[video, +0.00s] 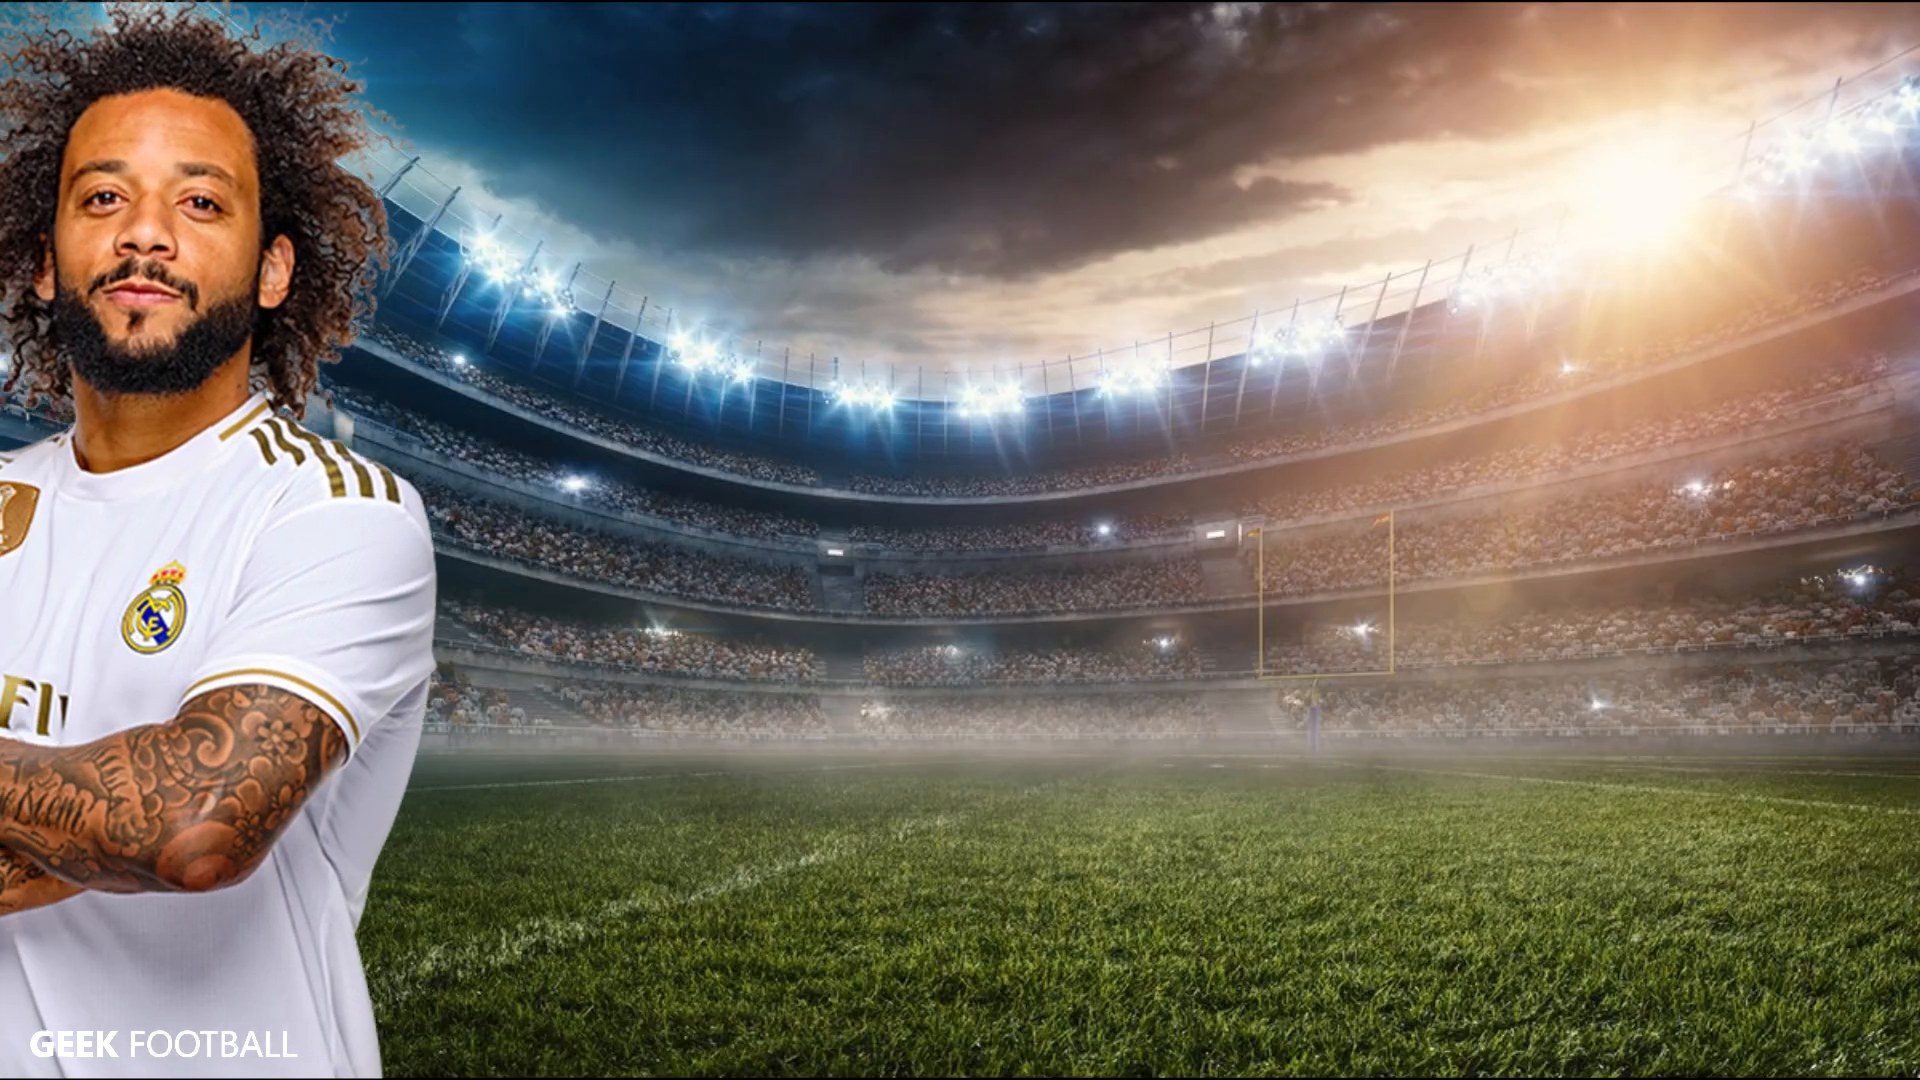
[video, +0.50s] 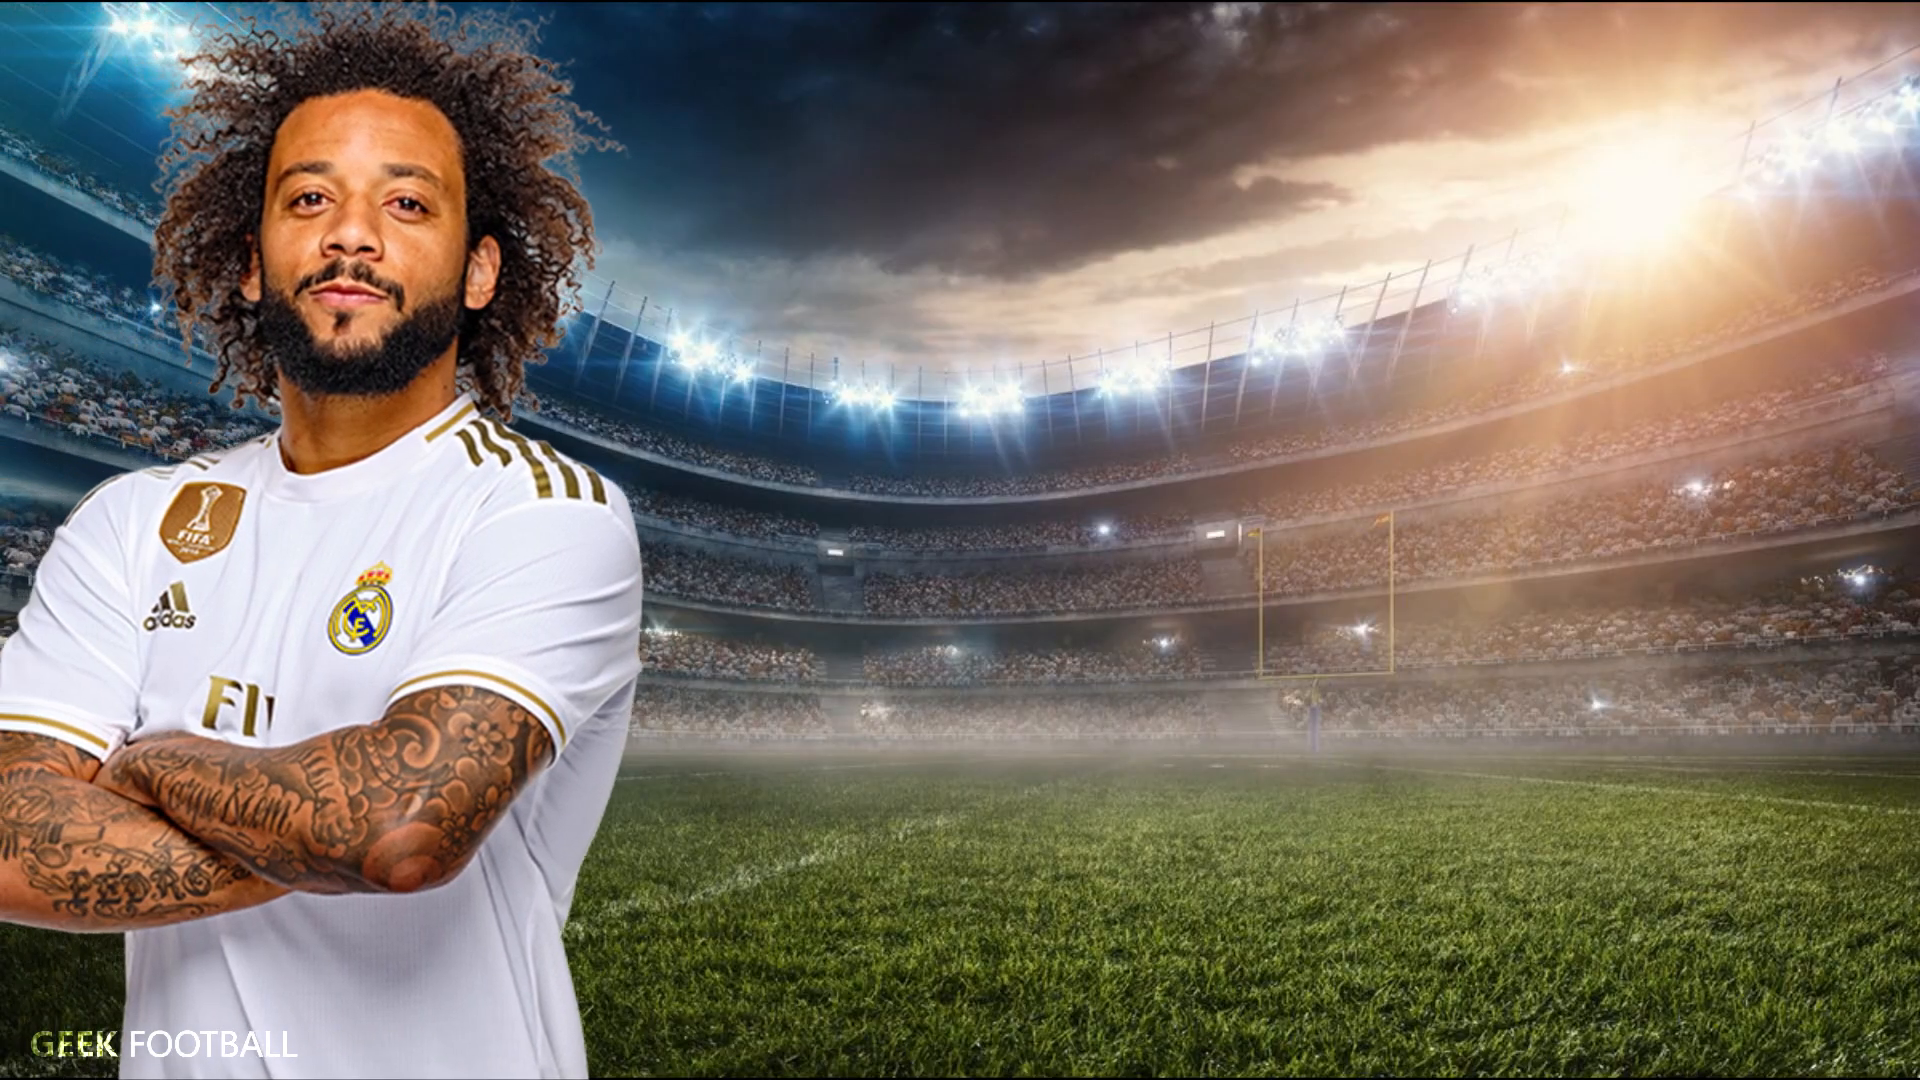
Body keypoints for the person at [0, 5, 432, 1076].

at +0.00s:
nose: (144, 233)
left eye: (199, 200)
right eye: (102, 199)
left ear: (269, 268)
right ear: (50, 260)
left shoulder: (343, 515)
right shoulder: (6, 499)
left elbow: (196, 821)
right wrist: (127, 808)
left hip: (254, 1060)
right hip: (23, 1056)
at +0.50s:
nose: (350, 238)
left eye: (406, 202)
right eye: (308, 200)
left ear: (476, 271)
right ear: (256, 259)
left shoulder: (552, 518)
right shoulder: (130, 521)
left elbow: (403, 824)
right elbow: (15, 853)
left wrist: (147, 761)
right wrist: (322, 829)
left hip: (459, 1064)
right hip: (181, 1063)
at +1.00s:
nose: (399, 238)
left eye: (454, 203)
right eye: (355, 199)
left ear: (522, 273)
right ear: (302, 259)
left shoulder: (598, 518)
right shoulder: (176, 523)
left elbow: (451, 825)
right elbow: (42, 852)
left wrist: (186, 761)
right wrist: (370, 830)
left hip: (507, 1063)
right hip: (226, 1061)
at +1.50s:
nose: (420, 238)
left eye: (476, 204)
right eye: (377, 199)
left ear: (544, 273)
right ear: (323, 259)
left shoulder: (619, 518)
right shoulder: (198, 522)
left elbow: (473, 825)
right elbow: (71, 856)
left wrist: (208, 761)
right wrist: (394, 829)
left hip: (530, 1063)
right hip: (249, 1062)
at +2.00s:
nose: (426, 238)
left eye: (482, 203)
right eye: (383, 199)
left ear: (549, 273)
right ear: (329, 260)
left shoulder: (624, 518)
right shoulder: (203, 523)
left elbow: (478, 825)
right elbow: (77, 856)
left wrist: (214, 761)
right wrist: (400, 829)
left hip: (535, 1063)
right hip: (256, 1063)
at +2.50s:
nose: (422, 238)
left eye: (478, 204)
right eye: (379, 199)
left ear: (546, 273)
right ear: (325, 260)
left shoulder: (621, 518)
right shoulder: (201, 522)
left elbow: (475, 825)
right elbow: (73, 856)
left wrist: (210, 761)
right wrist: (396, 829)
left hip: (531, 1063)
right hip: (252, 1062)